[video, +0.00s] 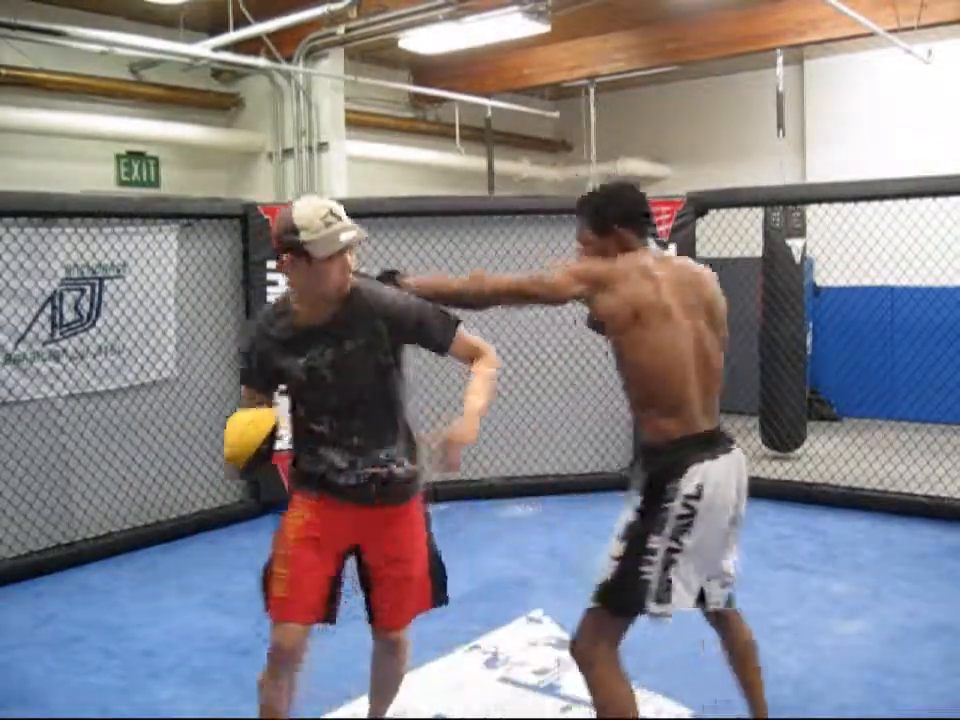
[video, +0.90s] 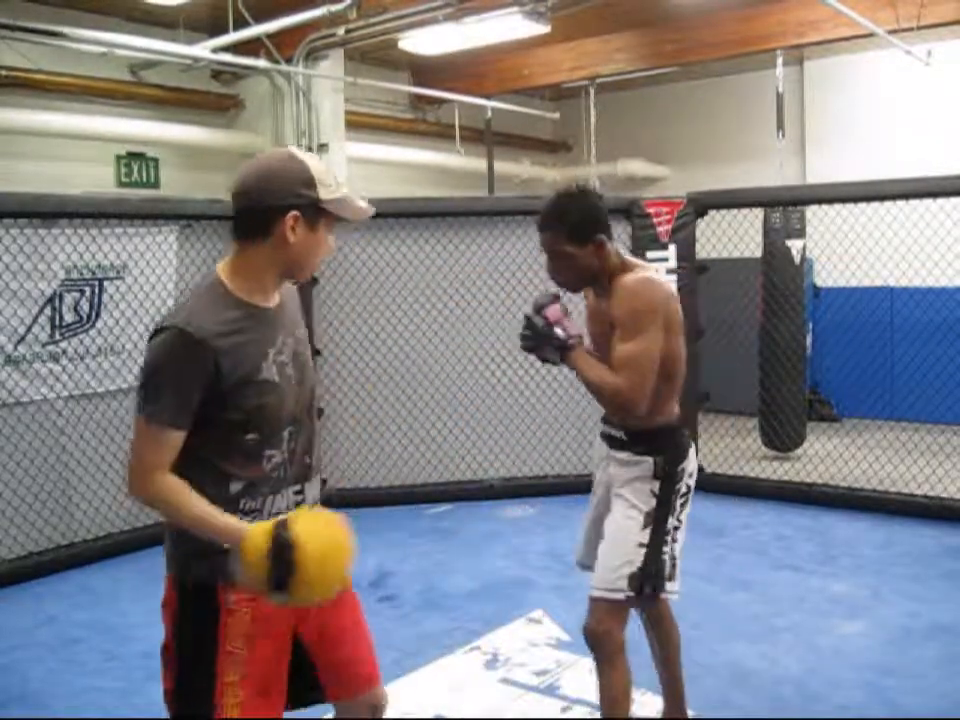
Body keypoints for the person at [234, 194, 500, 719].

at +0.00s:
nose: (349, 264)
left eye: (349, 252)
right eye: (335, 255)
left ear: (352, 251)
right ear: (291, 264)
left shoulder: (383, 308)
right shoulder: (267, 334)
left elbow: (484, 356)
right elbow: (253, 414)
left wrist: (469, 420)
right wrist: (251, 439)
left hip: (394, 501)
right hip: (315, 502)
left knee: (393, 638)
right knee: (286, 647)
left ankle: (378, 715)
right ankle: (271, 713)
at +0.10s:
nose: (334, 273)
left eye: (334, 261)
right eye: (321, 264)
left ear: (337, 264)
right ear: (276, 273)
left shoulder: (363, 325)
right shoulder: (245, 347)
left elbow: (458, 365)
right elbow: (205, 438)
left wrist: (499, 432)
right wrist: (220, 444)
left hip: (376, 525)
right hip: (295, 528)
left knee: (387, 677)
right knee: (263, 682)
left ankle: (369, 717)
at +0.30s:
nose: (333, 269)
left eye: (333, 256)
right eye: (324, 256)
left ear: (294, 260)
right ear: (285, 260)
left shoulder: (332, 333)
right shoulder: (230, 349)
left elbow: (346, 414)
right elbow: (260, 464)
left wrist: (387, 483)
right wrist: (280, 350)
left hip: (339, 538)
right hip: (270, 547)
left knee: (390, 687)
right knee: (251, 703)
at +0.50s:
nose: (343, 239)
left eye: (345, 226)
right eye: (339, 225)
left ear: (304, 227)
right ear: (303, 225)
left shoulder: (304, 298)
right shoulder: (228, 309)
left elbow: (309, 411)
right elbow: (222, 443)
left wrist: (347, 482)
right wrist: (306, 396)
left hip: (319, 519)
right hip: (255, 529)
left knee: (353, 651)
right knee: (261, 690)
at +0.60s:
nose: (339, 237)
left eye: (340, 222)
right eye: (332, 221)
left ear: (296, 225)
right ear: (293, 224)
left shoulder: (303, 296)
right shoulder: (214, 318)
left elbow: (290, 401)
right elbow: (164, 438)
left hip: (316, 530)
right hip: (251, 544)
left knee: (334, 670)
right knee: (246, 699)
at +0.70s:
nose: (326, 247)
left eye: (326, 233)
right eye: (319, 232)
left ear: (281, 235)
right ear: (280, 234)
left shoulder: (296, 309)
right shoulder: (192, 337)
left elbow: (290, 417)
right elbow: (150, 452)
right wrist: (177, 513)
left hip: (310, 557)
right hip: (240, 574)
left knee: (329, 690)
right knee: (243, 709)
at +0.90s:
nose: (332, 243)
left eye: (333, 228)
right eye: (327, 227)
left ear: (288, 227)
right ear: (291, 227)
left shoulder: (292, 295)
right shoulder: (191, 338)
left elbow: (283, 424)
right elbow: (147, 478)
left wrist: (306, 518)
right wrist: (249, 538)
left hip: (307, 561)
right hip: (224, 583)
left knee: (364, 701)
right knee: (225, 711)